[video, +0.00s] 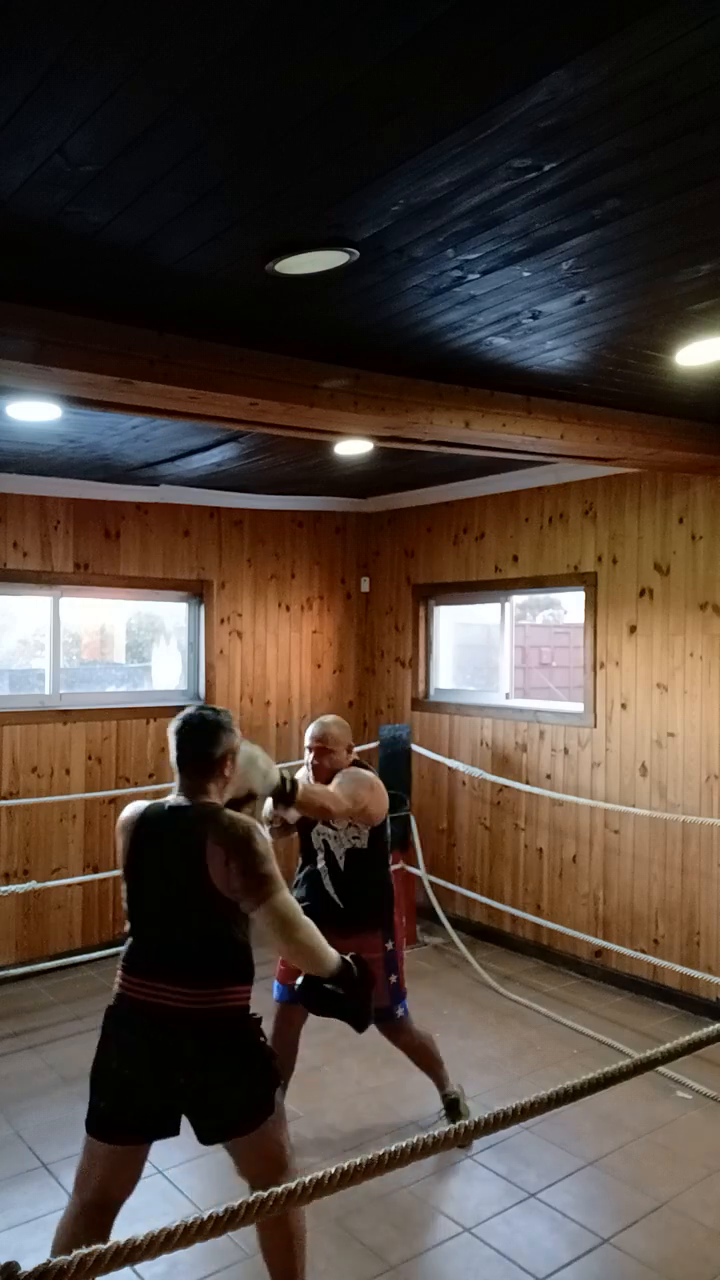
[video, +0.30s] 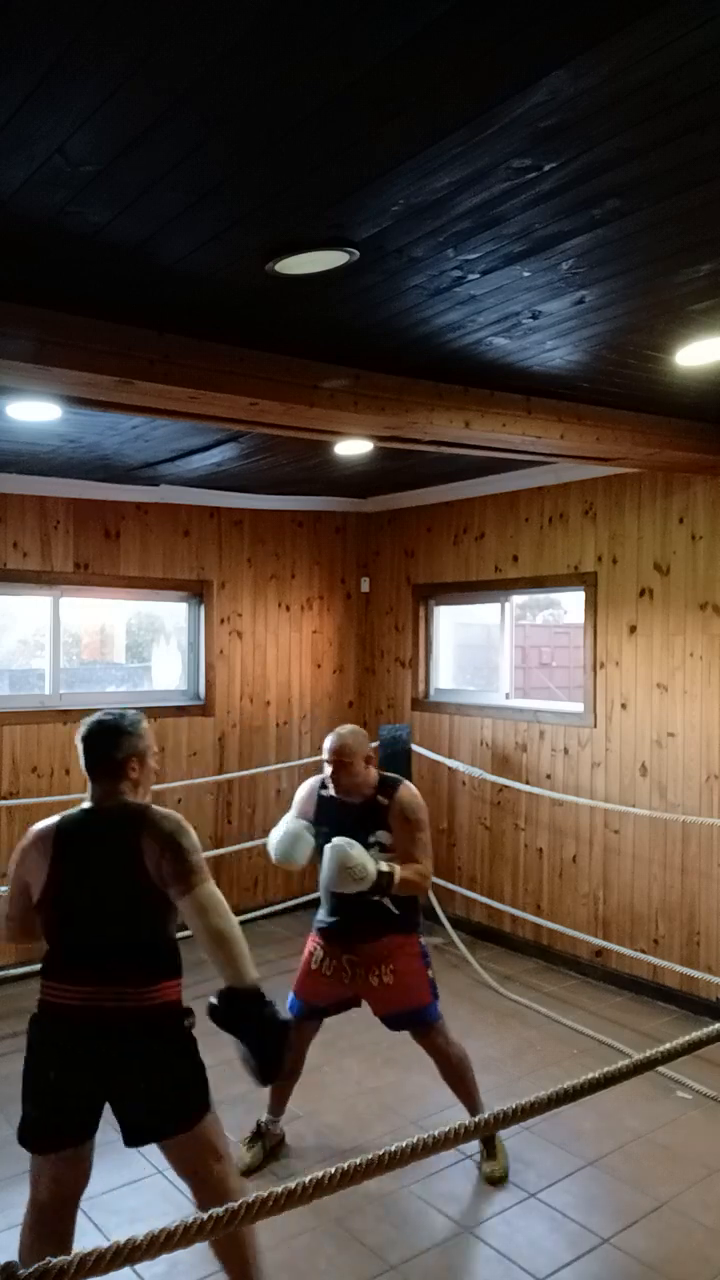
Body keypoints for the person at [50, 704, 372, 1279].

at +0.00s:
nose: (238, 763)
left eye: (236, 754)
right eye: (237, 754)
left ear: (175, 759)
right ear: (226, 763)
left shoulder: (132, 823)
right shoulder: (241, 836)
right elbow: (291, 933)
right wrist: (342, 972)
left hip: (134, 1036)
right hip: (220, 1042)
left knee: (93, 1200)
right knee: (275, 1189)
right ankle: (290, 1275)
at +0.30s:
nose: (155, 767)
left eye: (153, 757)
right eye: (152, 757)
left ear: (88, 767)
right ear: (133, 765)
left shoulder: (39, 841)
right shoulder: (164, 831)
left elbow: (18, 935)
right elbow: (212, 920)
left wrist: (80, 917)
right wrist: (251, 1005)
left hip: (63, 1041)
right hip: (151, 1040)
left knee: (52, 1194)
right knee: (212, 1175)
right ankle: (247, 1270)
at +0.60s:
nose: (133, 757)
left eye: (131, 747)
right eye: (128, 749)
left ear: (69, 759)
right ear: (109, 757)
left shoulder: (23, 820)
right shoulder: (133, 816)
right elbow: (185, 906)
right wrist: (203, 948)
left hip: (36, 1001)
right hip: (115, 1001)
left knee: (41, 1176)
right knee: (106, 1111)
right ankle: (92, 1213)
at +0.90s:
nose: (146, 759)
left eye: (147, 750)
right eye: (144, 750)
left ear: (91, 741)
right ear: (123, 748)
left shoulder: (34, 784)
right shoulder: (125, 796)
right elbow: (195, 843)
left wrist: (11, 891)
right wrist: (213, 787)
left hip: (20, 957)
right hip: (87, 963)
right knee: (95, 1087)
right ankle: (82, 1216)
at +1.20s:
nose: (120, 755)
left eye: (120, 745)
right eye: (114, 745)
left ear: (70, 744)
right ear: (85, 745)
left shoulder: (18, 783)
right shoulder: (74, 786)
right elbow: (130, 811)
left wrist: (166, 773)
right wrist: (166, 759)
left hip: (10, 949)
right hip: (61, 955)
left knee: (5, 1051)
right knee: (103, 1058)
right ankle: (76, 1195)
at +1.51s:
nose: (130, 747)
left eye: (133, 737)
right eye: (124, 736)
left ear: (90, 736)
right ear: (94, 733)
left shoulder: (58, 764)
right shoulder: (73, 768)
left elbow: (127, 787)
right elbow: (105, 799)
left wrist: (155, 760)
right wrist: (149, 751)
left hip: (32, 919)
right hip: (64, 926)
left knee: (19, 1028)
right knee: (97, 1023)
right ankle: (82, 1131)